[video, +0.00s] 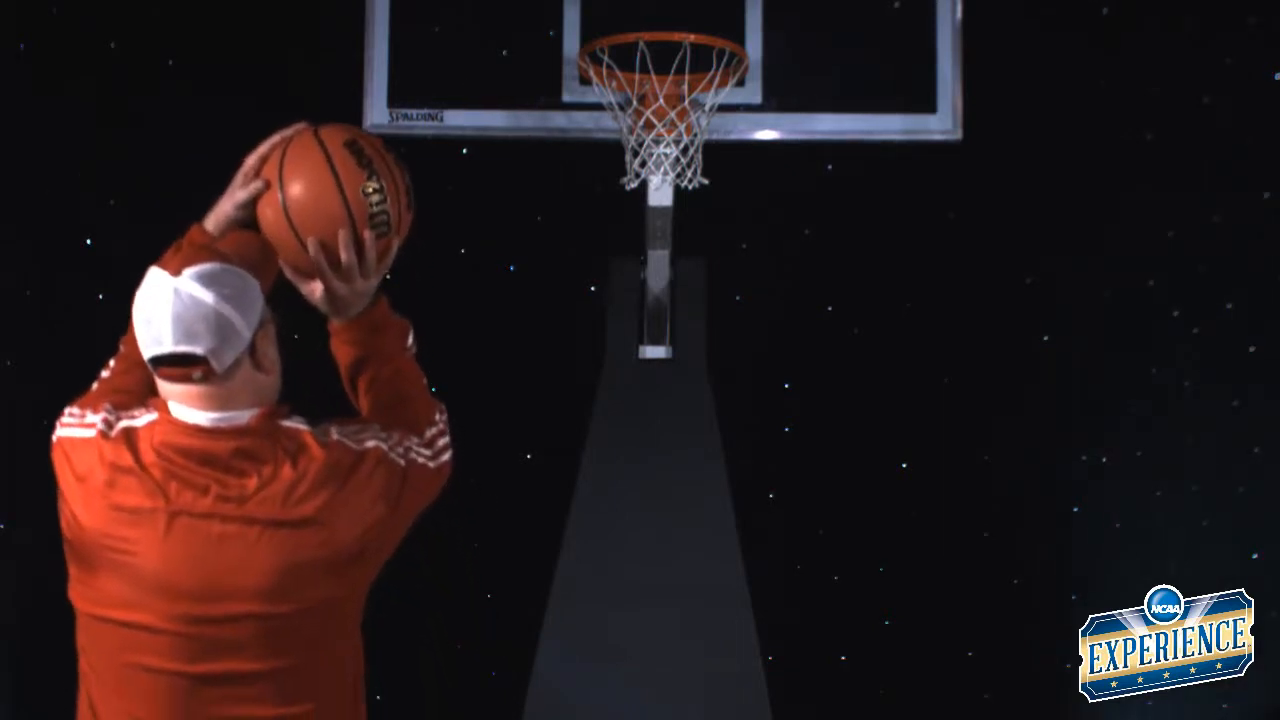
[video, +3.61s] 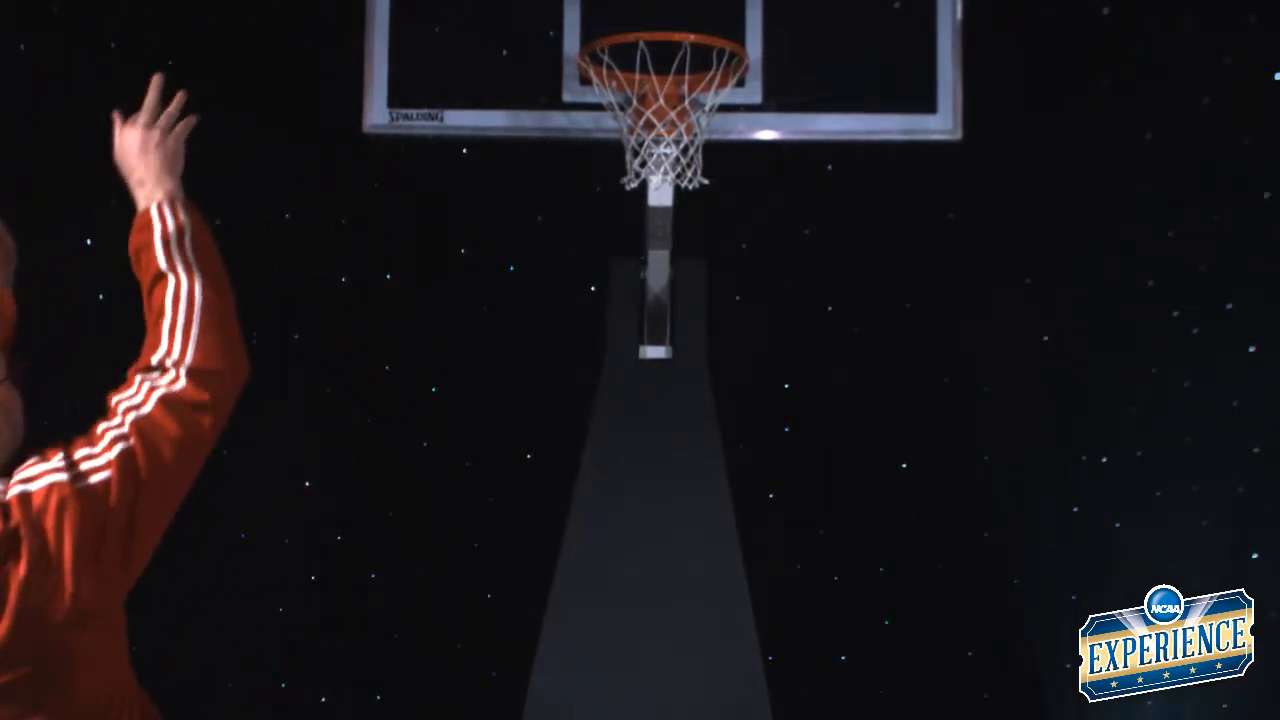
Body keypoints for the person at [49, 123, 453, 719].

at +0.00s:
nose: (275, 335)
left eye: (268, 323)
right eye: (268, 327)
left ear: (152, 350)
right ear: (259, 352)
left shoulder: (89, 469)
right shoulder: (340, 485)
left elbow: (141, 342)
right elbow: (423, 443)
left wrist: (211, 233)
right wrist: (362, 323)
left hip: (116, 710)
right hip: (303, 708)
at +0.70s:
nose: (230, 244)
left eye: (224, 233)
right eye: (224, 235)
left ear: (113, 267)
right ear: (209, 263)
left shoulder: (37, 376)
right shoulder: (284, 402)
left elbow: (111, 255)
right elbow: (395, 378)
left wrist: (197, 151)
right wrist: (333, 253)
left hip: (76, 704)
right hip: (257, 704)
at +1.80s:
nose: (152, 214)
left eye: (145, 200)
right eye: (144, 202)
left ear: (30, 233)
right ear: (125, 228)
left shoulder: (1, 329)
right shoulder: (197, 349)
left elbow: (42, 216)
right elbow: (326, 303)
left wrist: (162, 110)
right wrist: (302, 159)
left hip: (24, 698)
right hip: (182, 698)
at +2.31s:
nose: (116, 234)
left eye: (107, 221)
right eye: (107, 225)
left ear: (5, 256)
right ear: (85, 255)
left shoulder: (1, 347)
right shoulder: (149, 360)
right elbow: (265, 222)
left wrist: (149, 127)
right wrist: (300, 97)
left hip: (13, 698)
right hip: (147, 703)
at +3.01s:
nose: (56, 295)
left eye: (43, 285)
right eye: (44, 288)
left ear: (9, 332)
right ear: (20, 330)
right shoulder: (89, 430)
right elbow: (185, 274)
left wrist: (79, 191)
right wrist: (219, 102)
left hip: (17, 702)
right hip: (125, 702)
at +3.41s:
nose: (22, 353)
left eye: (14, 346)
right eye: (13, 350)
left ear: (12, 378)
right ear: (1, 383)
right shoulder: (40, 500)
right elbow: (186, 335)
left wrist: (18, 248)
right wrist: (176, 155)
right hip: (90, 701)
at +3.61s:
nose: (14, 396)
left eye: (7, 366)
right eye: (7, 367)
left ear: (11, 371)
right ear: (3, 376)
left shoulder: (38, 537)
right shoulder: (33, 539)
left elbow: (190, 371)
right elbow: (190, 368)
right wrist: (159, 194)